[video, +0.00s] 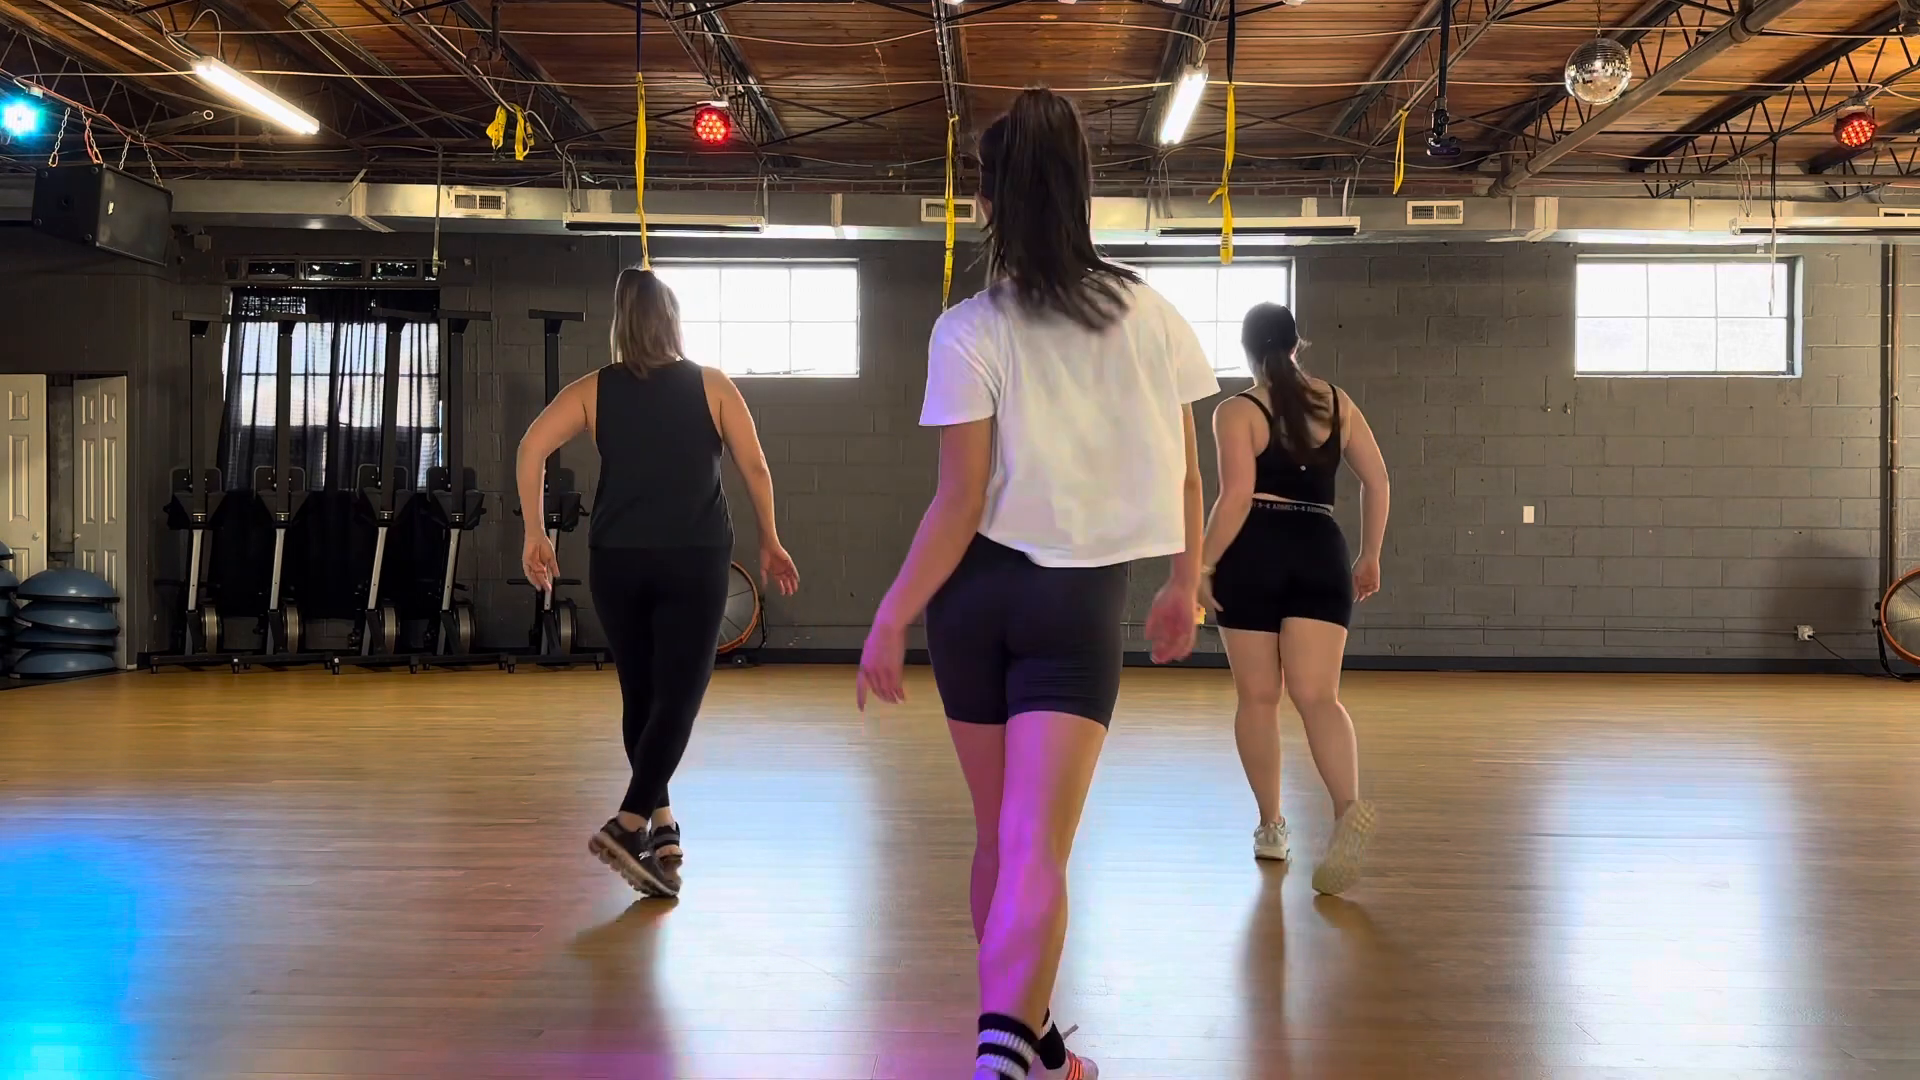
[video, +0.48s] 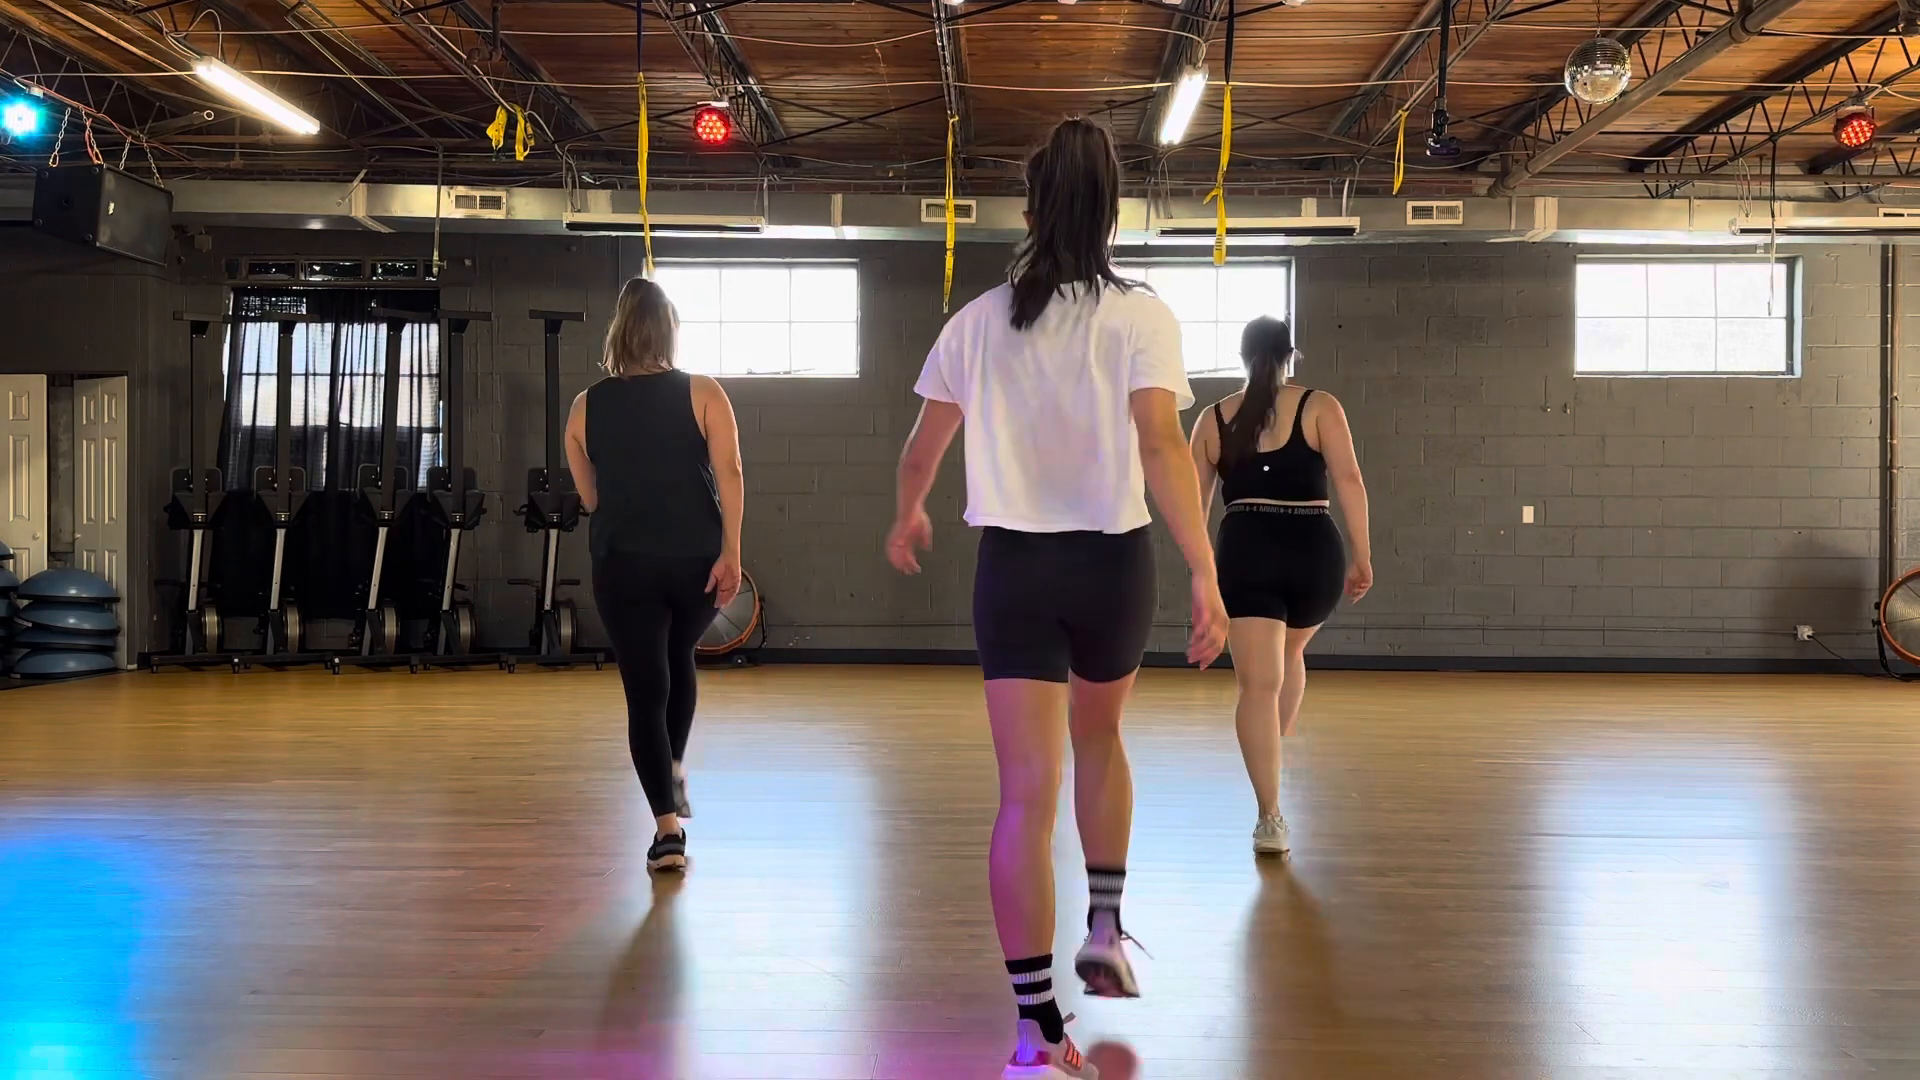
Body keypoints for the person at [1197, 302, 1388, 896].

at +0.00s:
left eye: (1250, 343)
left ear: (1249, 350)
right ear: (1297, 345)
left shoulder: (1238, 410)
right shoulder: (1335, 402)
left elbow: (1238, 493)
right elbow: (1377, 479)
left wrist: (1204, 566)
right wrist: (1371, 554)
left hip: (1252, 553)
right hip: (1321, 552)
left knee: (1258, 696)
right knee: (1318, 694)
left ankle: (1271, 823)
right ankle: (1350, 812)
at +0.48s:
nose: (1288, 361)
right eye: (1292, 353)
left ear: (1245, 357)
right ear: (1291, 357)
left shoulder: (1214, 418)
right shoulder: (1320, 407)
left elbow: (1195, 505)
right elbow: (1348, 481)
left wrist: (1197, 569)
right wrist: (1361, 555)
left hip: (1246, 547)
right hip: (1314, 546)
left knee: (1257, 685)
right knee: (1293, 654)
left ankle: (1269, 813)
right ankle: (1272, 748)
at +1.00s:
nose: (1299, 375)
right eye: (1303, 368)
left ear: (1258, 372)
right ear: (1303, 372)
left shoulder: (1227, 415)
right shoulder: (1327, 428)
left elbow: (1196, 487)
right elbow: (1341, 506)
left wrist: (1193, 547)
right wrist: (1351, 573)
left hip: (1245, 559)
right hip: (1312, 561)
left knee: (1244, 679)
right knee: (1292, 676)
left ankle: (1246, 753)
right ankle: (1275, 786)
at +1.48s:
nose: (1249, 384)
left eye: (1243, 376)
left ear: (1242, 381)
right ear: (1283, 377)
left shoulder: (1224, 430)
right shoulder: (1318, 428)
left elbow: (1217, 508)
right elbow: (1337, 505)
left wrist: (1202, 572)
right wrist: (1332, 565)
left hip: (1243, 556)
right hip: (1304, 557)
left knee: (1249, 656)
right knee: (1287, 670)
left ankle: (1253, 746)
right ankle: (1274, 780)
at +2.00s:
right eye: (1263, 383)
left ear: (1226, 390)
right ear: (1265, 389)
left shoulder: (1210, 436)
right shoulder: (1295, 435)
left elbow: (1181, 472)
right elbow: (1357, 460)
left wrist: (1172, 424)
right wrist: (1362, 412)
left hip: (1223, 550)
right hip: (1279, 550)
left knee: (1238, 659)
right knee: (1292, 633)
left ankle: (1255, 756)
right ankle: (1291, 693)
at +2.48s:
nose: (1222, 399)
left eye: (1222, 393)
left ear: (1225, 398)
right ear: (1262, 402)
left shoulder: (1201, 427)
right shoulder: (1280, 454)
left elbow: (1177, 481)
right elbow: (1269, 523)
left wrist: (1173, 531)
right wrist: (1257, 563)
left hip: (1207, 538)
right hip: (1258, 545)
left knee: (1234, 655)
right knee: (1214, 654)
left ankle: (1257, 753)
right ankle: (1184, 748)